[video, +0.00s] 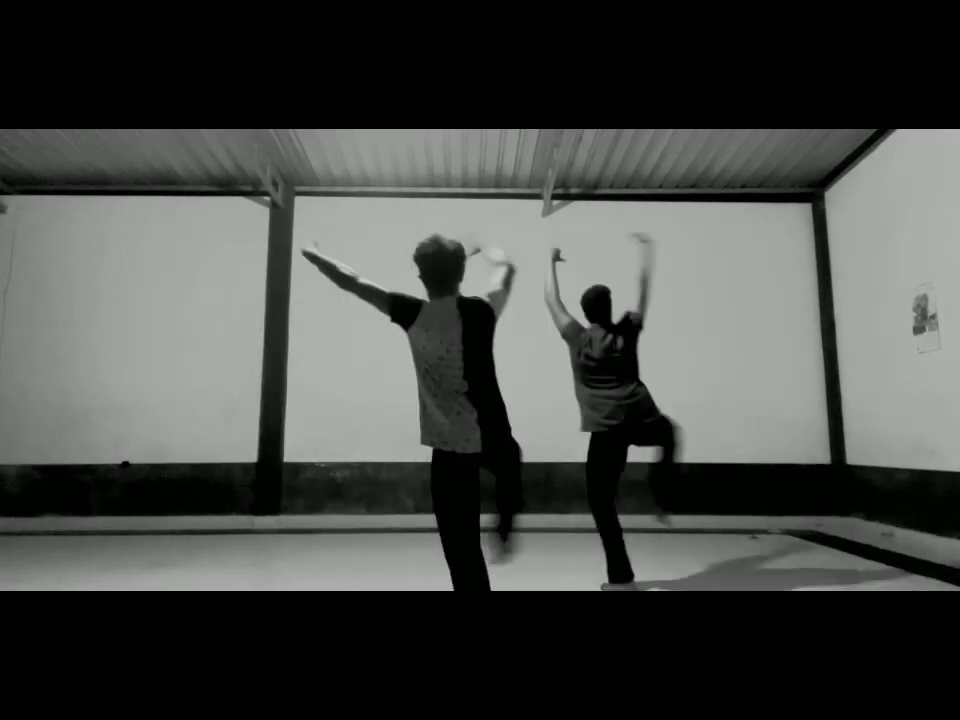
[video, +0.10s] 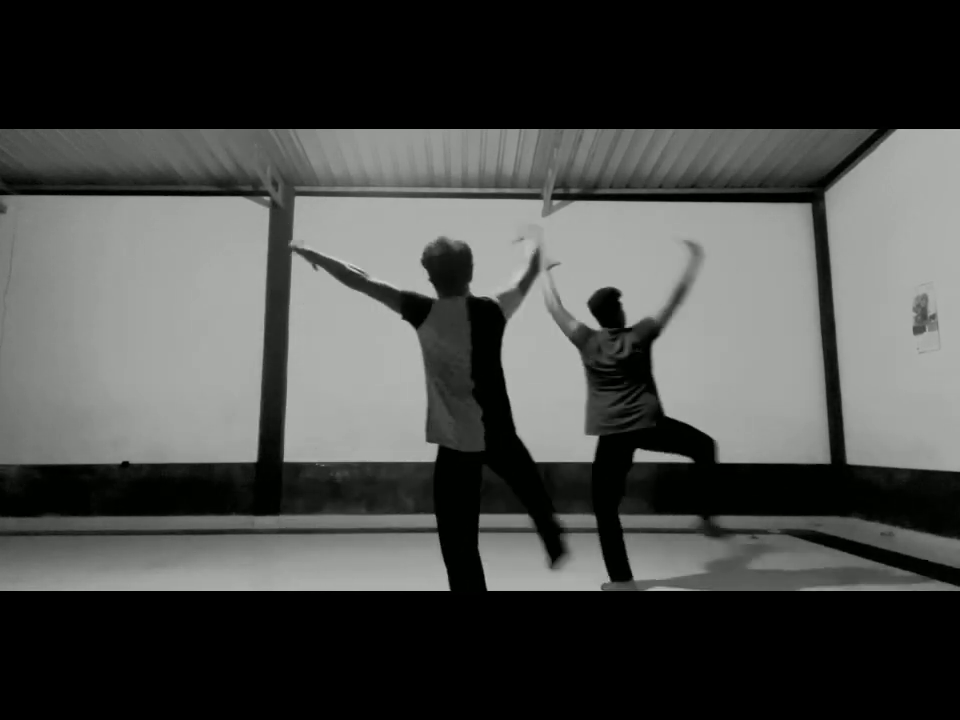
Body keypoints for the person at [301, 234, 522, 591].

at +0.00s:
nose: (422, 276)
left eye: (423, 270)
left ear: (422, 275)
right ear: (461, 273)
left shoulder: (414, 314)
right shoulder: (481, 313)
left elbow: (353, 283)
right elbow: (502, 285)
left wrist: (313, 255)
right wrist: (505, 264)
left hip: (448, 448)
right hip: (492, 441)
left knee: (461, 546)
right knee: (510, 460)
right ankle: (505, 533)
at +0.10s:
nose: (433, 276)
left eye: (433, 271)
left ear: (432, 277)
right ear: (470, 273)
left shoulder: (425, 313)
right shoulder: (493, 311)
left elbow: (362, 282)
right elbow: (523, 283)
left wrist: (313, 255)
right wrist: (537, 254)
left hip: (457, 447)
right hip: (502, 440)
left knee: (459, 545)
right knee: (532, 488)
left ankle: (470, 593)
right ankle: (555, 547)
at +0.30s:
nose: (452, 303)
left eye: (448, 297)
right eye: (460, 294)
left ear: (448, 305)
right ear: (482, 297)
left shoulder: (446, 343)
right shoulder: (512, 335)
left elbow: (378, 343)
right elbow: (562, 322)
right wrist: (597, 298)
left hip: (485, 464)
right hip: (529, 460)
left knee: (428, 542)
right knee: (557, 516)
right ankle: (576, 584)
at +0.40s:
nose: (460, 341)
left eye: (457, 334)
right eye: (464, 331)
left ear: (459, 336)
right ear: (490, 328)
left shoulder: (459, 380)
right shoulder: (522, 369)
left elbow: (401, 408)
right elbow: (562, 378)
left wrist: (343, 426)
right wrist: (598, 379)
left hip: (494, 487)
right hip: (541, 485)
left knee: (422, 553)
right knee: (568, 548)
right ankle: (577, 589)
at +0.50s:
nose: (461, 351)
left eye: (459, 344)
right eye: (460, 342)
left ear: (462, 346)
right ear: (494, 337)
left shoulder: (461, 391)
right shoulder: (528, 379)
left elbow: (417, 443)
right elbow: (547, 411)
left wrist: (377, 477)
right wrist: (557, 431)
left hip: (498, 494)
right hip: (543, 491)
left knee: (417, 555)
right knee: (567, 553)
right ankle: (573, 587)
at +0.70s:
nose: (438, 304)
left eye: (445, 297)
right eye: (441, 295)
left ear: (463, 304)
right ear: (474, 306)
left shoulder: (452, 351)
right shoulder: (481, 344)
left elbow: (416, 373)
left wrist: (387, 370)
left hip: (477, 473)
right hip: (507, 469)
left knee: (422, 556)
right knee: (518, 538)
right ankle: (557, 589)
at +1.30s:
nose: (368, 318)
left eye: (368, 310)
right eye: (360, 310)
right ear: (334, 319)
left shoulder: (365, 381)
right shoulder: (306, 368)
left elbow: (396, 425)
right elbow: (330, 424)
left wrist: (415, 431)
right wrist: (395, 446)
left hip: (329, 487)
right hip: (283, 486)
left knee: (403, 548)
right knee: (241, 579)